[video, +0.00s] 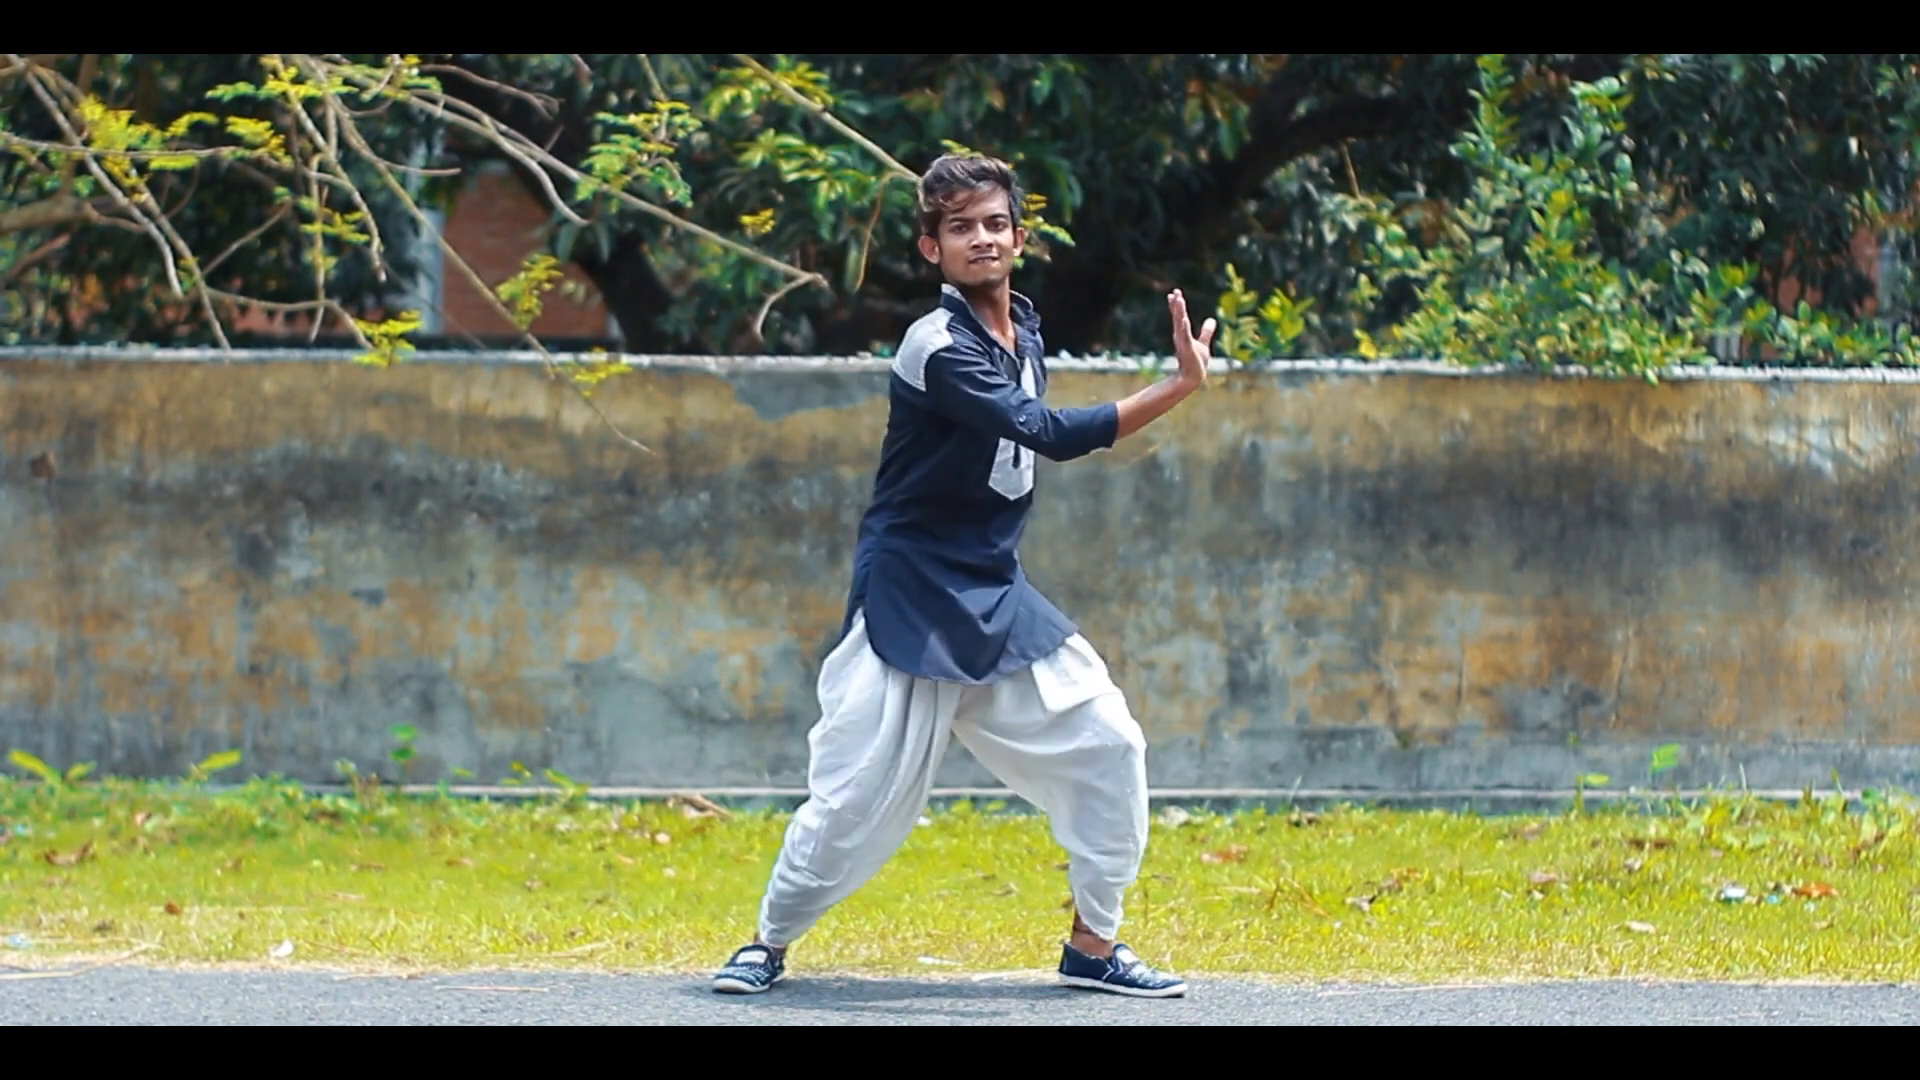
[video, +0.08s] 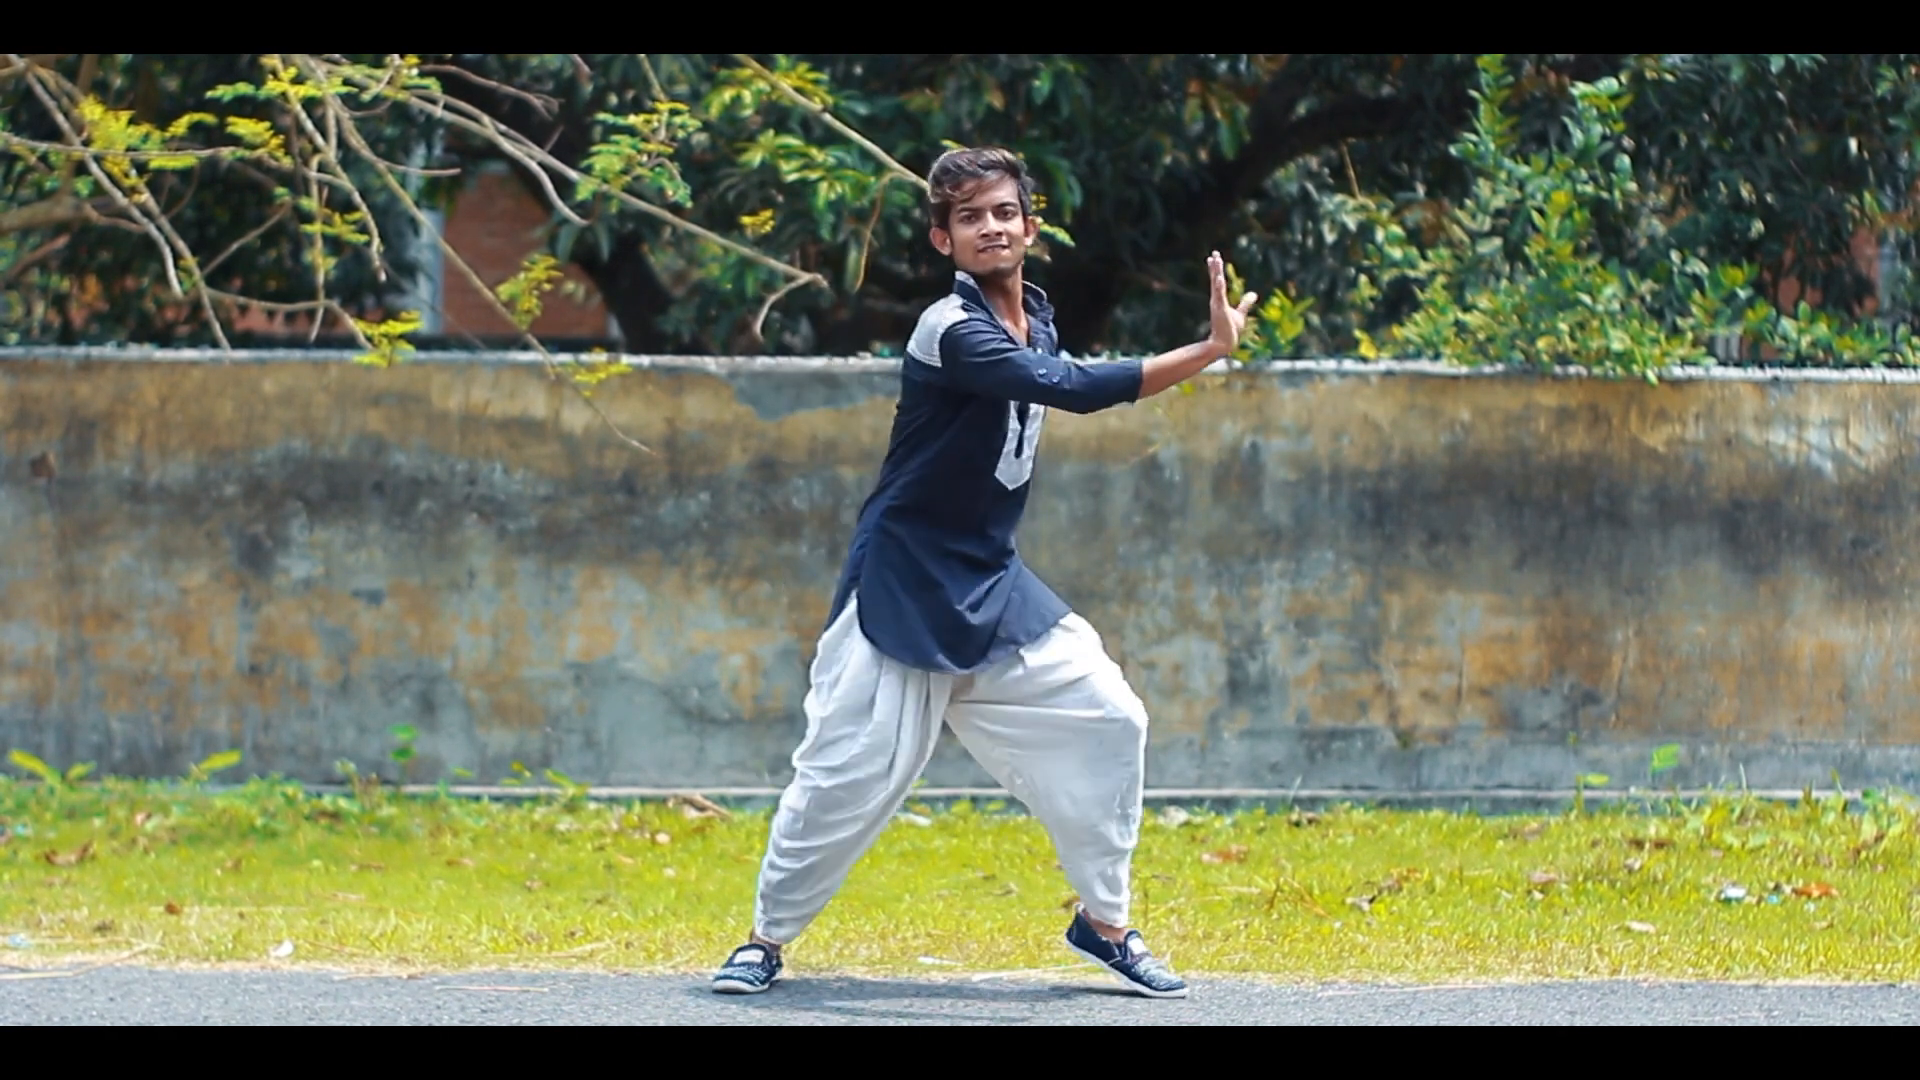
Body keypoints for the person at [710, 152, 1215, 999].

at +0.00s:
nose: (985, 239)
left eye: (998, 223)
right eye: (964, 227)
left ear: (1018, 236)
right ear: (932, 250)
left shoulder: (1026, 332)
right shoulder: (936, 346)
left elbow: (982, 450)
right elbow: (1051, 433)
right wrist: (1179, 387)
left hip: (994, 587)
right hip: (908, 589)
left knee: (1111, 744)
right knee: (856, 794)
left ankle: (1092, 948)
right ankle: (769, 946)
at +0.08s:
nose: (993, 230)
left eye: (1005, 213)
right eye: (971, 219)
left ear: (1028, 224)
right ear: (944, 241)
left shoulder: (1037, 314)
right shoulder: (949, 328)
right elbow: (1073, 389)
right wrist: (1210, 351)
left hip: (992, 575)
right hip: (902, 576)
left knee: (1111, 719)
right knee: (843, 771)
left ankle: (1101, 921)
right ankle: (766, 943)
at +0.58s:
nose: (1009, 263)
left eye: (1028, 246)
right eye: (991, 247)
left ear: (1059, 256)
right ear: (969, 256)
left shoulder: (1050, 351)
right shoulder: (953, 323)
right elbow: (1075, 391)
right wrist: (1205, 432)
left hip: (1012, 600)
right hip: (909, 603)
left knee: (1117, 761)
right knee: (805, 784)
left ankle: (1113, 952)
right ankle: (781, 946)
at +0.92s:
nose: (1022, 278)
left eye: (1041, 261)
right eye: (1004, 262)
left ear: (1071, 274)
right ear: (984, 274)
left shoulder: (1076, 368)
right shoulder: (973, 347)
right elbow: (1096, 393)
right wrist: (1244, 406)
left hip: (1014, 620)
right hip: (905, 617)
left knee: (1129, 762)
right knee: (766, 777)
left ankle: (1112, 953)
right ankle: (767, 945)